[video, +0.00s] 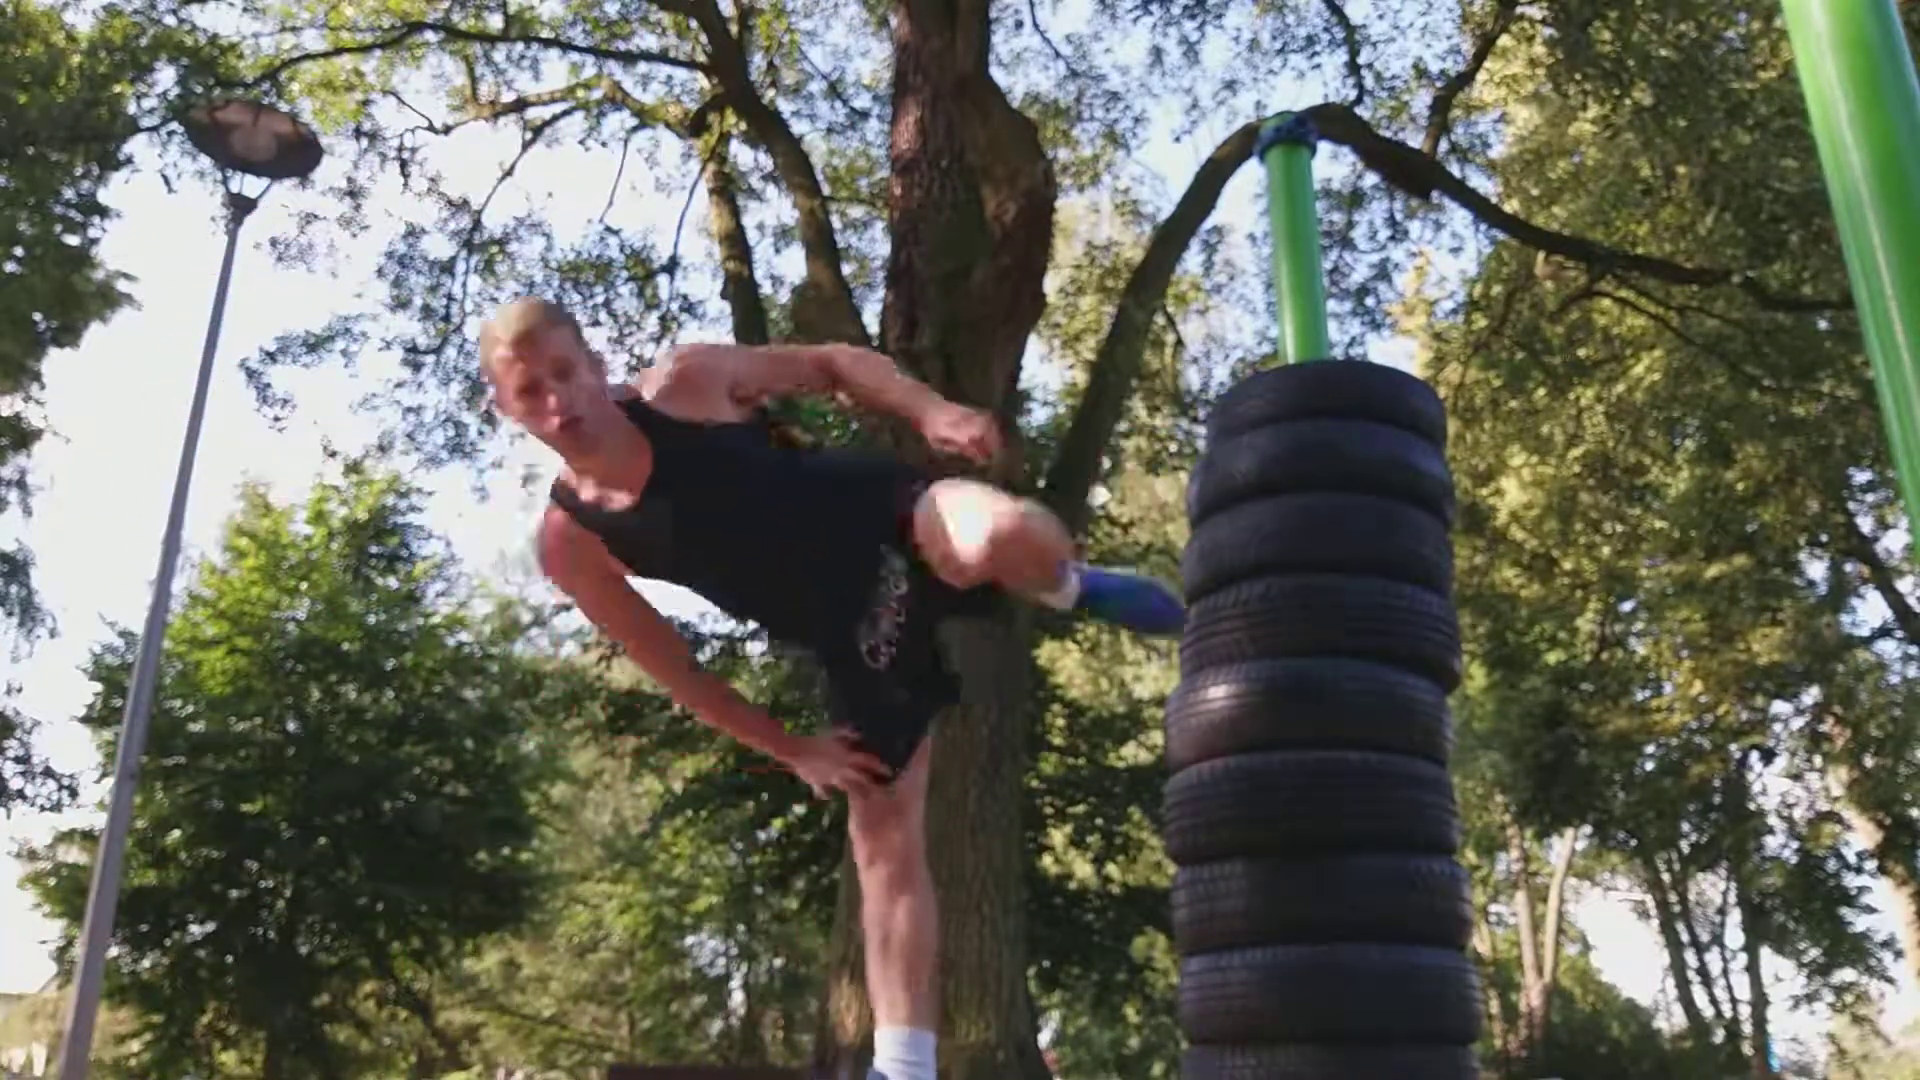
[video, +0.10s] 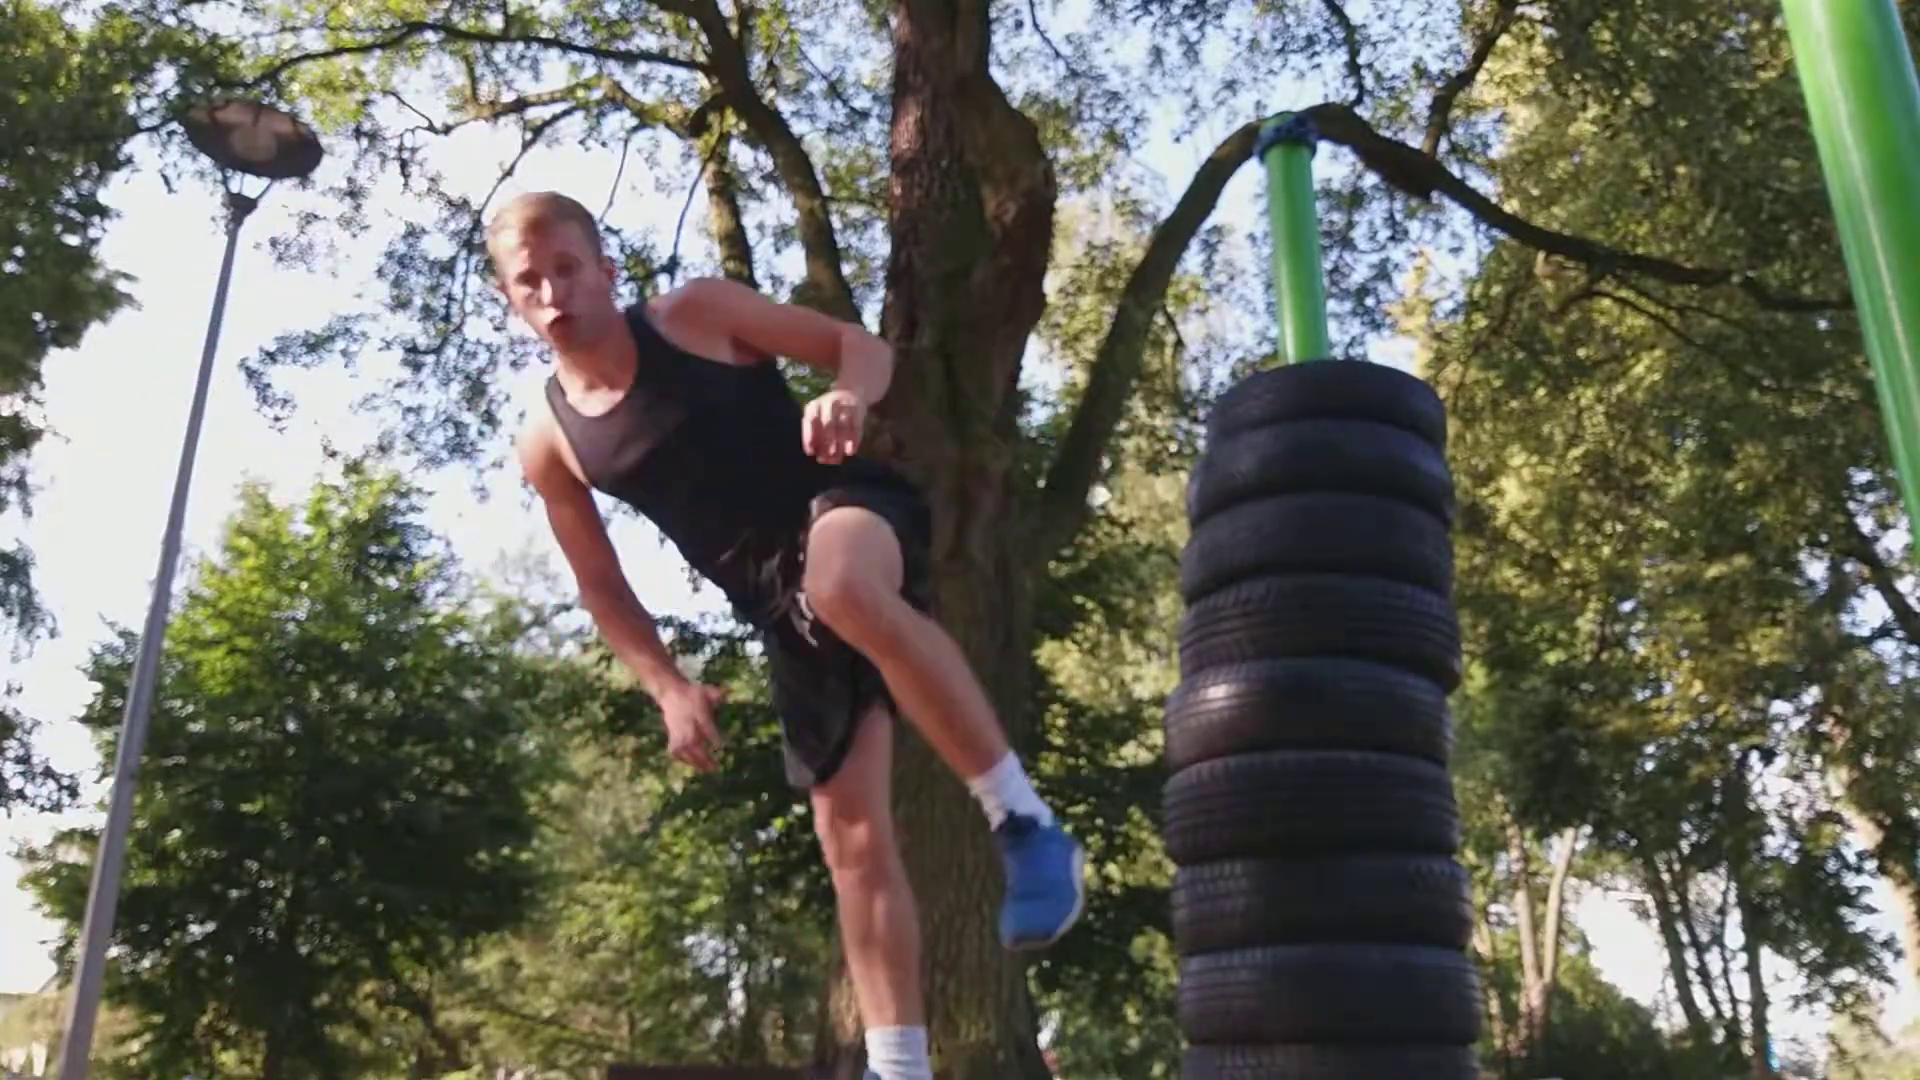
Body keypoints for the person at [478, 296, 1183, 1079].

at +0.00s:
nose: (555, 403)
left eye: (561, 374)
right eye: (529, 396)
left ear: (594, 360)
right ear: (508, 415)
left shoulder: (686, 379)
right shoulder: (569, 541)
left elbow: (831, 366)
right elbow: (677, 669)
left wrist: (933, 413)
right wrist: (792, 750)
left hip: (902, 514)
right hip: (852, 631)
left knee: (996, 534)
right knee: (881, 840)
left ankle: (1079, 586)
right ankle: (907, 1064)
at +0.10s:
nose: (551, 291)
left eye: (565, 267)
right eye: (528, 279)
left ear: (606, 268)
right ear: (512, 302)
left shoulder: (698, 312)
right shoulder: (552, 446)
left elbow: (861, 346)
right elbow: (601, 587)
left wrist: (851, 396)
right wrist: (670, 687)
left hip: (848, 503)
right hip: (780, 601)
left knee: (842, 590)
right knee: (849, 836)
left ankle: (1022, 821)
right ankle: (900, 1069)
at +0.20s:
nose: (549, 223)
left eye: (567, 202)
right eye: (528, 210)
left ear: (614, 210)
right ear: (514, 238)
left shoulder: (695, 280)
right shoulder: (548, 382)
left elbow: (842, 375)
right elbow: (528, 531)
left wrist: (719, 401)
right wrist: (459, 585)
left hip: (792, 516)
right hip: (714, 585)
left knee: (787, 691)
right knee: (811, 815)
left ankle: (762, 982)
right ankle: (897, 1066)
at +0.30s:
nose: (542, 171)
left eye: (566, 150)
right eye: (525, 156)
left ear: (616, 166)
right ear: (511, 184)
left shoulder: (680, 251)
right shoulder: (562, 331)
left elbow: (723, 381)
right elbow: (499, 463)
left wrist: (528, 394)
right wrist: (344, 427)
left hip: (724, 547)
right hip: (650, 573)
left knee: (632, 733)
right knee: (727, 839)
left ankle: (565, 1051)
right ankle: (888, 1057)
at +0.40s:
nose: (549, 76)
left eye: (571, 60)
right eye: (527, 61)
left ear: (606, 91)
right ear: (498, 99)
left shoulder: (639, 182)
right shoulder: (520, 252)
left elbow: (597, 316)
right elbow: (508, 390)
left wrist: (412, 313)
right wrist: (404, 329)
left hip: (647, 499)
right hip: (561, 523)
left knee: (568, 701)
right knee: (506, 826)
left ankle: (557, 1056)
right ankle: (763, 968)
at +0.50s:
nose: (524, 17)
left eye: (546, 4)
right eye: (498, 0)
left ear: (570, 31)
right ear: (452, 28)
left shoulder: (595, 118)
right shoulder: (471, 188)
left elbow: (551, 240)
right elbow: (473, 338)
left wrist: (372, 246)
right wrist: (381, 267)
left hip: (577, 454)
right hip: (474, 478)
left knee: (567, 695)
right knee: (313, 730)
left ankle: (563, 1047)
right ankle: (554, 937)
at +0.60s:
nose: (460, 2)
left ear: (507, 12)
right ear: (401, 16)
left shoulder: (549, 92)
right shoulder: (388, 176)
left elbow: (561, 220)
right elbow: (376, 349)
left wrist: (356, 235)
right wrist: (316, 225)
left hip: (512, 437)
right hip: (387, 455)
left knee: (524, 689)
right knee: (169, 651)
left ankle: (554, 1044)